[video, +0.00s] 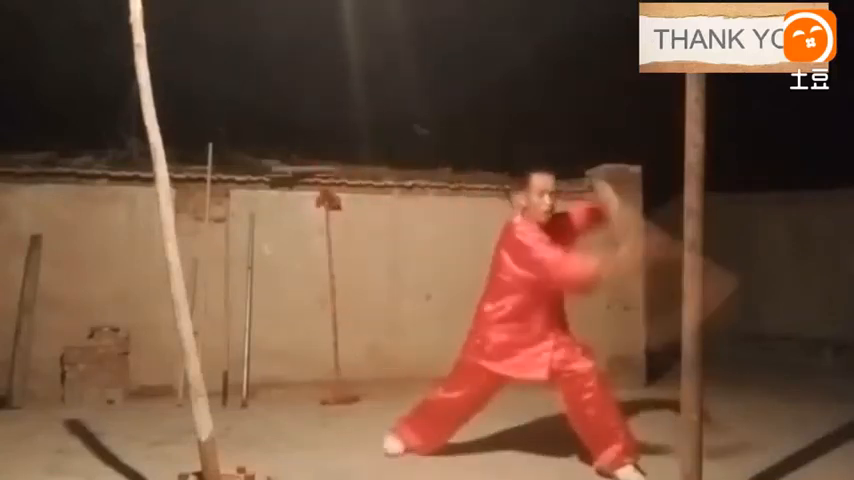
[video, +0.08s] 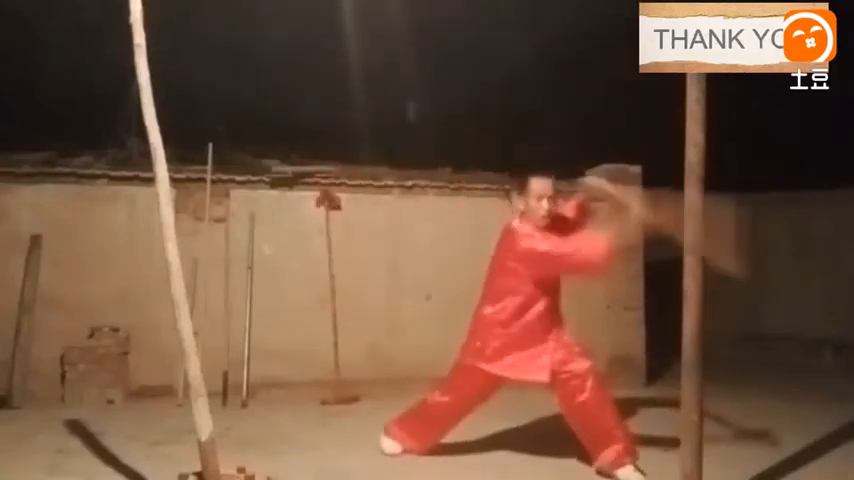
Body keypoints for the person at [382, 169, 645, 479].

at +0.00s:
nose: (548, 201)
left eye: (552, 194)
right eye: (540, 194)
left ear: (555, 197)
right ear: (519, 199)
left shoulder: (553, 228)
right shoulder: (518, 235)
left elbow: (587, 218)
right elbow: (563, 269)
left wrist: (608, 206)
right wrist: (616, 260)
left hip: (543, 335)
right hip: (499, 337)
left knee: (584, 375)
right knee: (459, 393)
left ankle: (615, 459)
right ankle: (406, 435)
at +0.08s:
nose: (547, 205)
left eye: (552, 198)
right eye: (540, 198)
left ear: (556, 200)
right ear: (521, 201)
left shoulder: (547, 228)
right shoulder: (520, 239)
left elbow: (577, 214)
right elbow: (590, 253)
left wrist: (595, 194)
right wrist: (626, 221)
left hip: (540, 337)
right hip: (497, 339)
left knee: (581, 378)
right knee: (455, 394)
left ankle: (616, 460)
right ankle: (400, 435)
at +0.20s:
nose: (546, 210)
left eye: (550, 203)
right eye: (538, 203)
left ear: (554, 206)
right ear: (521, 207)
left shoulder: (537, 234)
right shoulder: (517, 240)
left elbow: (568, 219)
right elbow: (575, 226)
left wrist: (581, 195)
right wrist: (629, 178)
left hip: (530, 347)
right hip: (494, 347)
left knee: (578, 378)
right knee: (452, 398)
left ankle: (617, 460)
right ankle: (395, 436)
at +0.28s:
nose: (547, 209)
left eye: (550, 202)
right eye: (540, 202)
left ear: (554, 204)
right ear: (520, 206)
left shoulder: (535, 233)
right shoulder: (519, 238)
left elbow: (573, 212)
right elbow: (577, 221)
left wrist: (592, 185)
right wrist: (628, 176)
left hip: (528, 343)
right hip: (496, 343)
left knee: (577, 378)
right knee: (456, 396)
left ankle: (615, 457)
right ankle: (395, 435)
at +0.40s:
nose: (548, 206)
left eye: (552, 199)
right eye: (540, 199)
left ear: (556, 200)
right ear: (520, 201)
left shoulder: (537, 230)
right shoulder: (520, 233)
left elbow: (579, 210)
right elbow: (575, 218)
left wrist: (618, 179)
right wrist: (629, 178)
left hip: (529, 337)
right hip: (497, 338)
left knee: (578, 378)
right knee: (458, 395)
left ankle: (614, 457)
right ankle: (397, 435)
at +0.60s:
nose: (554, 204)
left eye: (557, 196)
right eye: (547, 196)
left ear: (559, 196)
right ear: (526, 197)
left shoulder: (537, 228)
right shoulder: (523, 232)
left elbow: (583, 209)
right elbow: (584, 219)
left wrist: (626, 179)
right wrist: (637, 180)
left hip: (527, 334)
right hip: (500, 336)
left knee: (579, 378)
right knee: (460, 399)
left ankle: (614, 457)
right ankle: (397, 431)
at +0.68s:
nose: (555, 203)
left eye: (558, 195)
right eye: (548, 195)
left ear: (561, 194)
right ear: (527, 196)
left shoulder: (536, 225)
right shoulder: (526, 230)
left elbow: (579, 210)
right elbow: (584, 217)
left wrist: (607, 185)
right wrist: (636, 179)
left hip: (529, 333)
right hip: (501, 335)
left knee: (580, 376)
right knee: (462, 399)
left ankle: (614, 456)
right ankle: (399, 430)